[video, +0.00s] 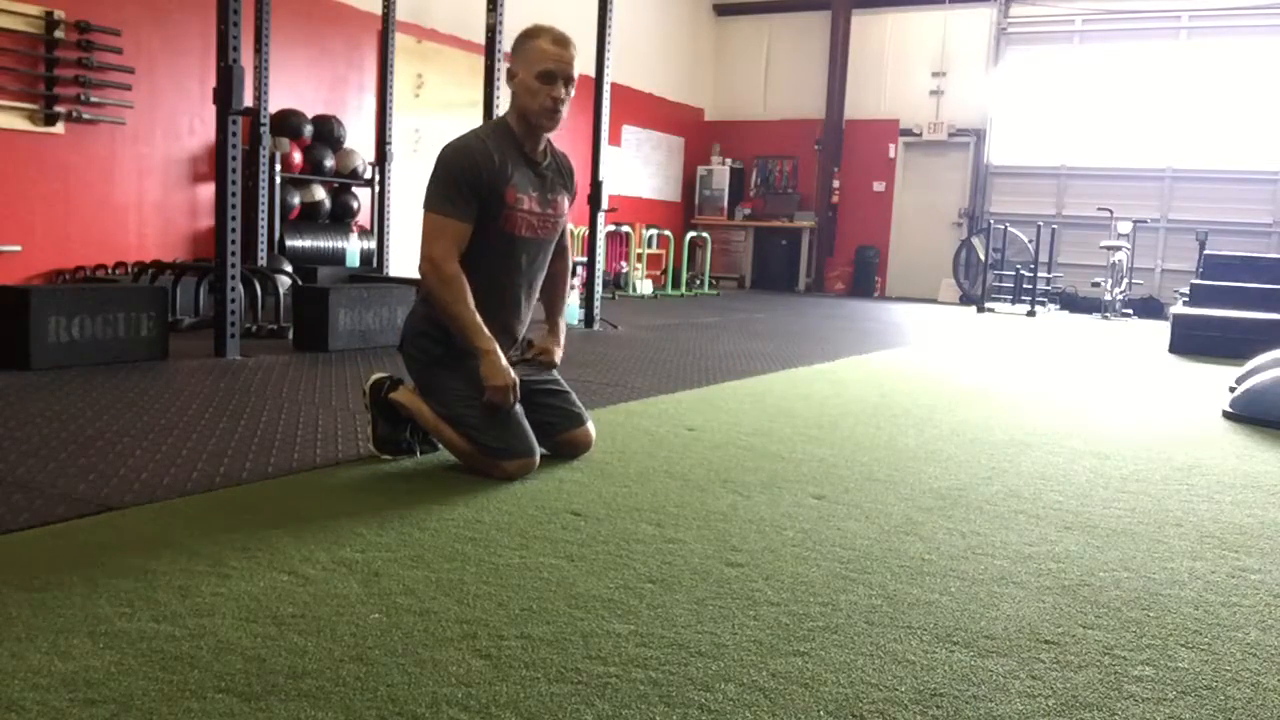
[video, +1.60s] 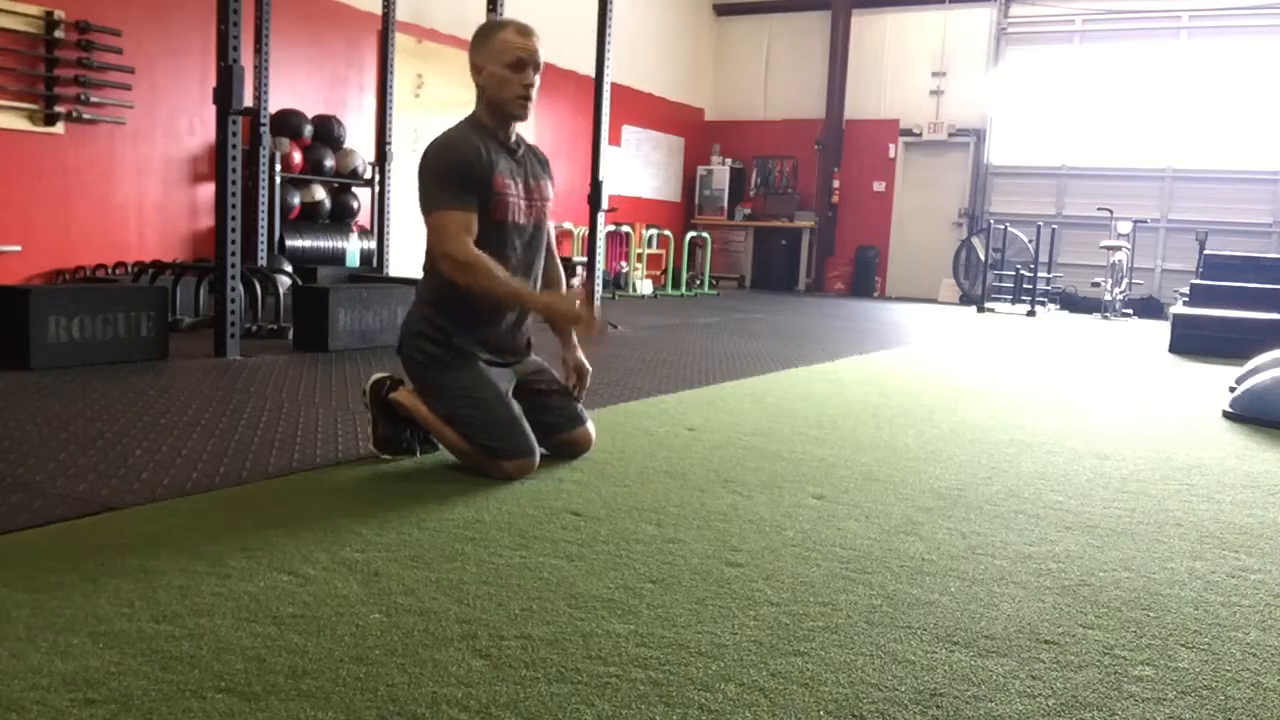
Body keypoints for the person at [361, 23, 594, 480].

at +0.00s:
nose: (559, 93)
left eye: (567, 83)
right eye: (546, 79)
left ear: (574, 89)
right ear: (512, 76)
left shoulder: (561, 170)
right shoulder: (469, 156)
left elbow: (558, 250)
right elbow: (437, 265)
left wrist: (554, 332)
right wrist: (489, 352)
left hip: (510, 342)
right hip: (445, 344)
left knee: (574, 439)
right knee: (514, 463)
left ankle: (445, 411)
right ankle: (398, 398)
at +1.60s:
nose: (531, 79)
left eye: (536, 68)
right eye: (517, 64)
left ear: (540, 77)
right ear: (478, 71)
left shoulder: (537, 163)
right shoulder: (454, 151)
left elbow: (545, 257)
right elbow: (452, 253)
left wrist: (569, 343)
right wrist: (539, 302)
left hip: (506, 345)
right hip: (446, 347)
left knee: (574, 440)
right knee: (514, 462)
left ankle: (444, 411)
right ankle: (399, 400)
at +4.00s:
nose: (563, 94)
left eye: (564, 82)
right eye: (561, 81)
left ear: (530, 79)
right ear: (529, 78)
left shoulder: (536, 152)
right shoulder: (461, 149)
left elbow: (560, 209)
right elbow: (442, 259)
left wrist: (577, 131)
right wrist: (471, 357)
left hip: (511, 345)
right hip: (449, 347)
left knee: (572, 442)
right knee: (515, 464)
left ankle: (437, 412)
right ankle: (399, 399)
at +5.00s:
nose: (519, 87)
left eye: (532, 78)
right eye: (507, 72)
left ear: (546, 88)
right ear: (486, 73)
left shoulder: (546, 160)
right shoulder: (451, 147)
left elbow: (559, 228)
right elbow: (401, 233)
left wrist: (610, 254)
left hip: (517, 346)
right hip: (450, 347)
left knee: (574, 444)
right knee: (516, 463)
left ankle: (448, 409)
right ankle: (399, 399)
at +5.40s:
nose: (501, 89)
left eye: (518, 79)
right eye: (493, 74)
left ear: (541, 84)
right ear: (479, 71)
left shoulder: (548, 159)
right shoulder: (451, 141)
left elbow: (551, 251)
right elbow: (385, 193)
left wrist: (589, 331)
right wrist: (415, 100)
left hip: (514, 346)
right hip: (448, 345)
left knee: (573, 442)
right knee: (515, 463)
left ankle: (442, 410)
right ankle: (399, 398)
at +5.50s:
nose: (499, 90)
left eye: (515, 79)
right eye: (490, 74)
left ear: (538, 84)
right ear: (477, 73)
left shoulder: (547, 158)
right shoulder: (449, 143)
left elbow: (552, 251)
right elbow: (383, 198)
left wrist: (593, 324)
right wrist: (405, 100)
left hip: (515, 347)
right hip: (448, 346)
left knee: (573, 442)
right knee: (514, 463)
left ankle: (441, 410)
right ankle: (399, 398)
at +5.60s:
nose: (497, 89)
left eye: (513, 79)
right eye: (488, 74)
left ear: (536, 84)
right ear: (475, 73)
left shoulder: (547, 157)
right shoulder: (449, 143)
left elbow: (556, 248)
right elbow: (379, 198)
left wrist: (598, 325)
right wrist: (382, 98)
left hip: (515, 347)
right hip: (447, 347)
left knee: (573, 442)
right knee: (515, 463)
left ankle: (439, 410)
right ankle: (397, 398)